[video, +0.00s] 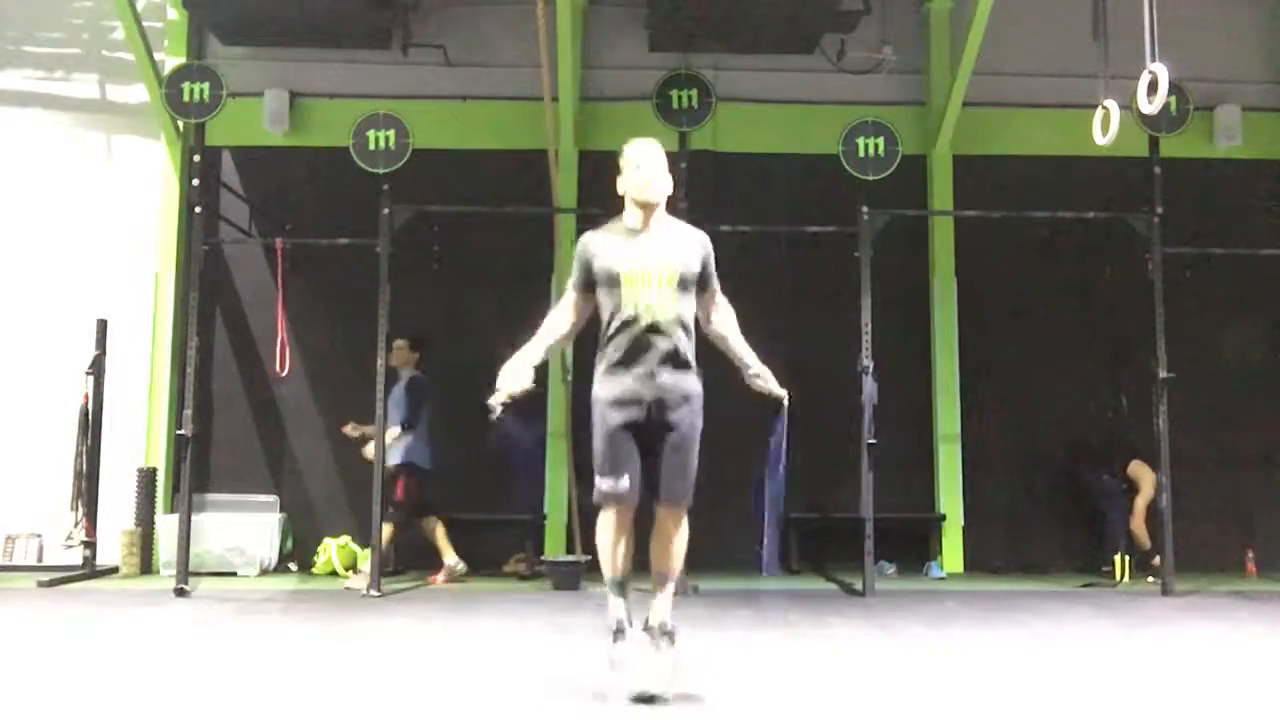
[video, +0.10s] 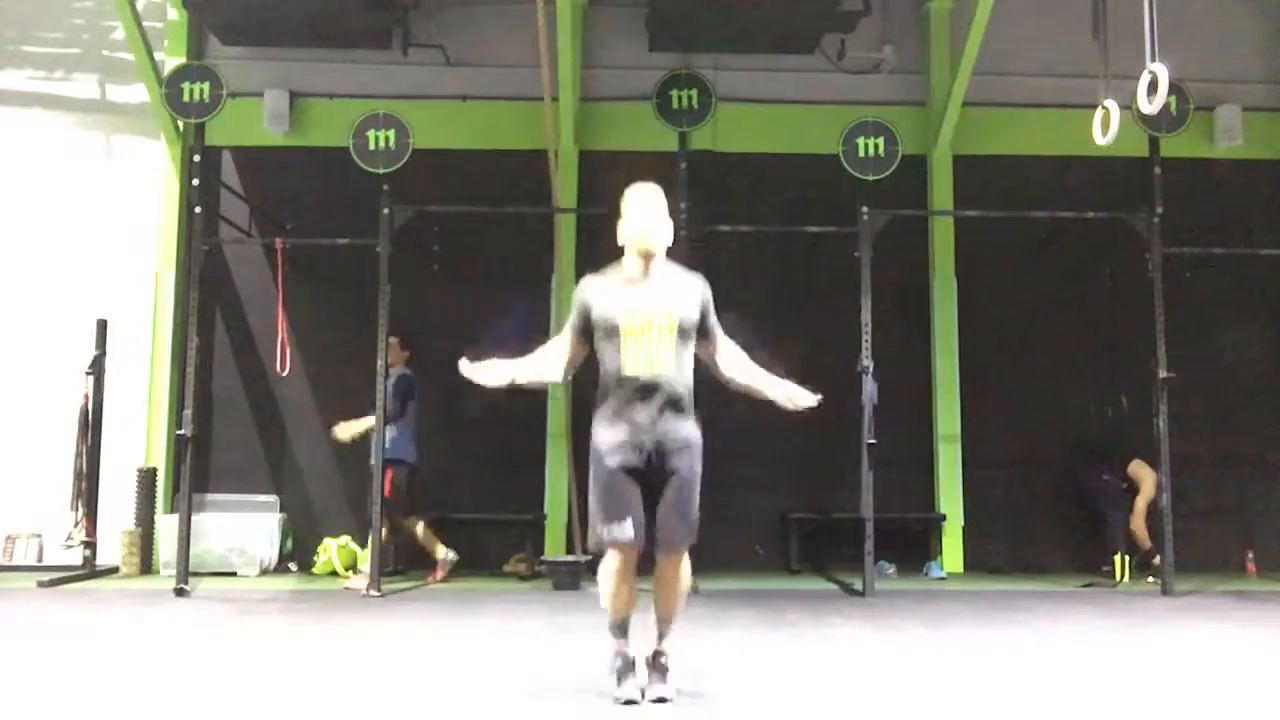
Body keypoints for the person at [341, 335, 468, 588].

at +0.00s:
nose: (392, 354)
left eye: (398, 349)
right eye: (393, 349)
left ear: (414, 355)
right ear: (395, 355)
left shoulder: (416, 383)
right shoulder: (400, 385)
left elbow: (409, 425)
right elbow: (392, 425)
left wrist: (380, 443)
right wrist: (364, 430)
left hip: (409, 459)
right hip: (401, 459)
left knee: (390, 516)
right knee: (423, 513)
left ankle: (369, 572)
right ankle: (452, 561)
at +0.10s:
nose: (386, 352)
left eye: (391, 347)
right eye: (386, 347)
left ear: (404, 354)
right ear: (391, 353)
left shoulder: (403, 379)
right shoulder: (392, 379)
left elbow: (394, 412)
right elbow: (385, 415)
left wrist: (359, 426)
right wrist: (355, 427)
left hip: (396, 454)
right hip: (387, 453)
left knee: (391, 511)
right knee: (387, 512)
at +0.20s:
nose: (379, 355)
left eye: (385, 350)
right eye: (377, 350)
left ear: (396, 353)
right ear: (375, 353)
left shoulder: (393, 379)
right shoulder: (385, 381)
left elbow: (369, 406)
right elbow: (374, 422)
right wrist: (344, 428)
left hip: (384, 457)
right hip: (374, 456)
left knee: (377, 514)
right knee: (375, 514)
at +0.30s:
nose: (369, 350)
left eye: (375, 345)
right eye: (368, 345)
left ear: (387, 351)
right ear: (366, 350)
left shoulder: (387, 378)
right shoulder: (373, 381)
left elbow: (351, 394)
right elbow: (364, 421)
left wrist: (317, 387)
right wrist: (333, 424)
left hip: (376, 453)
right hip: (364, 453)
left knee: (368, 513)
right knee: (364, 512)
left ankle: (368, 572)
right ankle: (396, 551)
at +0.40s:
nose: (361, 346)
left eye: (368, 342)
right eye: (360, 342)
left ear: (379, 349)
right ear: (360, 348)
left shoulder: (377, 377)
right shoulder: (365, 380)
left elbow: (340, 388)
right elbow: (359, 420)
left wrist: (305, 375)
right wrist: (328, 417)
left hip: (367, 458)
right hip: (352, 458)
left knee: (366, 518)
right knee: (332, 510)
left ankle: (368, 575)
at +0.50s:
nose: (352, 344)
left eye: (359, 340)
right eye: (351, 340)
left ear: (373, 350)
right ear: (350, 349)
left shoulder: (373, 376)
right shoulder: (351, 382)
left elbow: (343, 385)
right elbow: (347, 422)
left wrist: (299, 370)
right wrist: (320, 412)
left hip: (361, 456)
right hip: (340, 455)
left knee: (362, 516)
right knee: (319, 507)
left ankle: (367, 571)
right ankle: (318, 567)